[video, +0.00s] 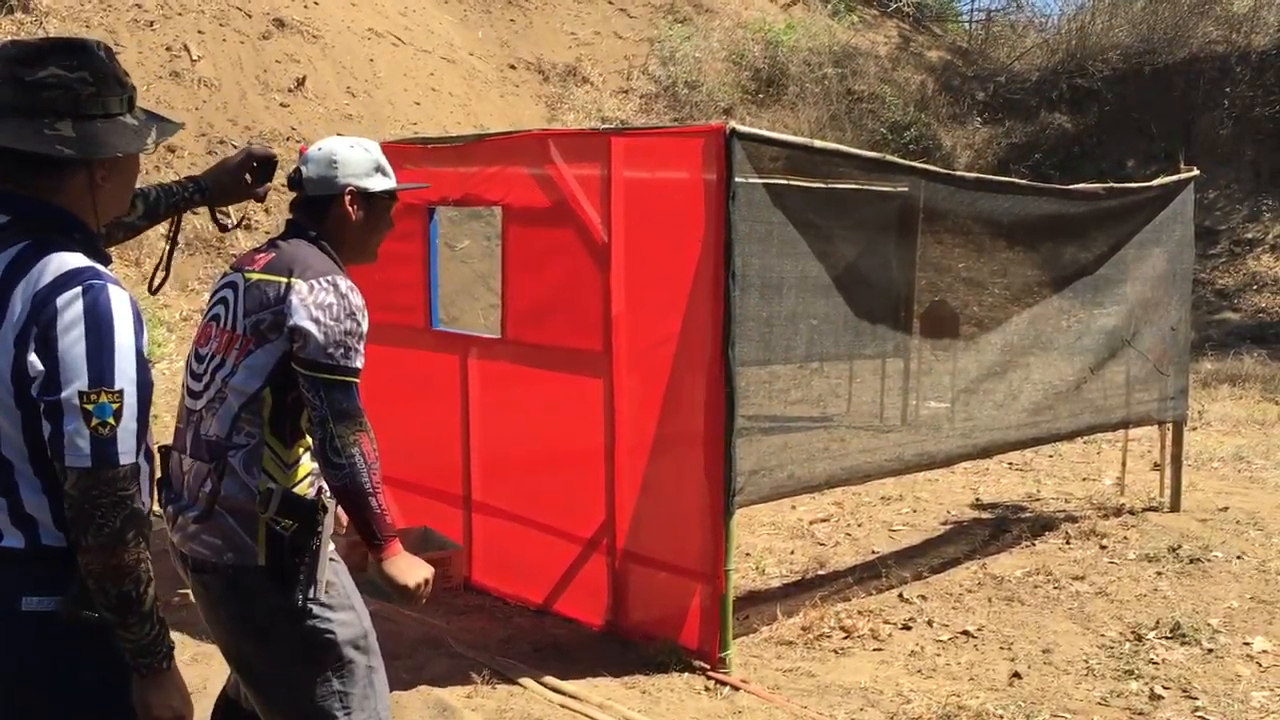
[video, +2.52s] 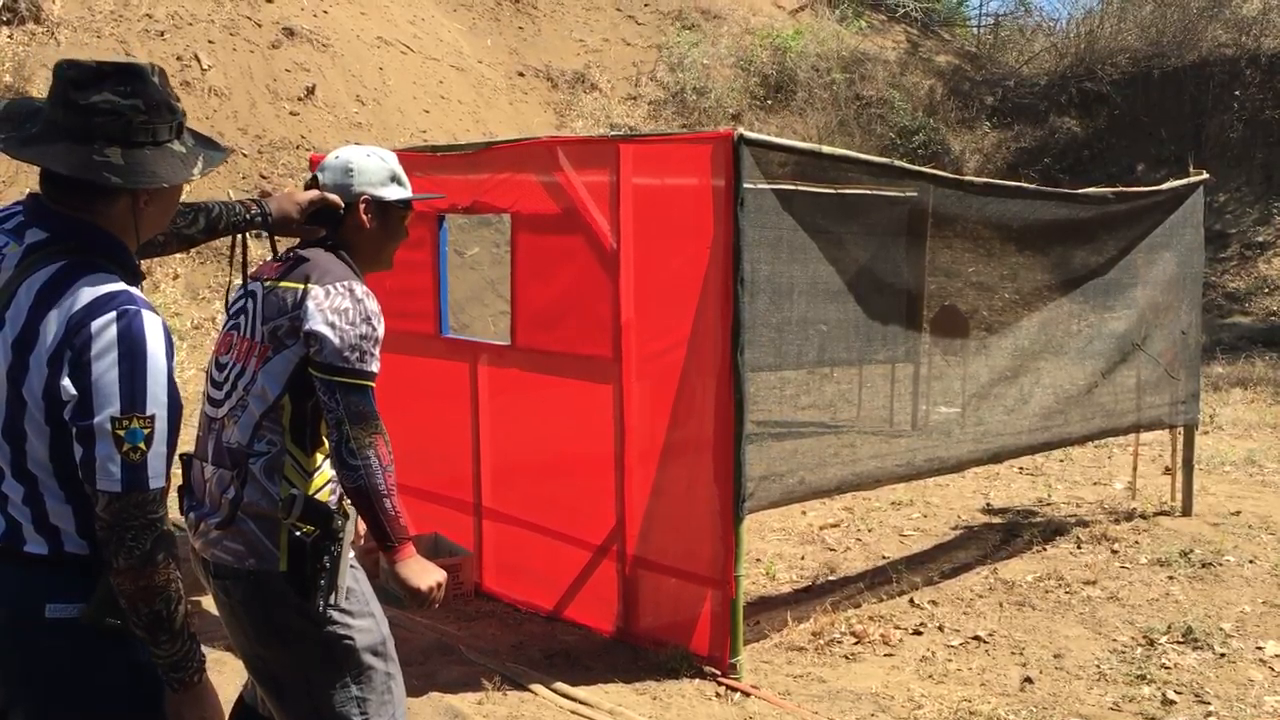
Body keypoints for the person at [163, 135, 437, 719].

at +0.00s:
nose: (393, 223)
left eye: (394, 208)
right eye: (388, 207)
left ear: (313, 200)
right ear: (351, 206)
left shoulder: (253, 266)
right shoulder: (326, 289)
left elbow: (259, 410)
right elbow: (341, 435)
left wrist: (322, 497)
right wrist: (390, 548)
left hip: (208, 526)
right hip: (266, 539)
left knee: (266, 681)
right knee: (353, 698)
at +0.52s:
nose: (394, 224)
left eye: (395, 209)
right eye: (389, 208)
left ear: (325, 203)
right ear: (350, 208)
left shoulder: (254, 268)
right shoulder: (327, 291)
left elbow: (259, 410)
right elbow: (340, 440)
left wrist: (319, 504)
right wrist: (388, 551)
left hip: (213, 532)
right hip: (269, 545)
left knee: (272, 691)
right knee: (354, 699)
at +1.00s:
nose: (400, 221)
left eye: (400, 207)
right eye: (394, 206)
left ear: (333, 203)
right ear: (356, 208)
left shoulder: (264, 267)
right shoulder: (335, 287)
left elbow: (276, 407)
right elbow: (350, 433)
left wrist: (332, 496)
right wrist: (398, 545)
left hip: (220, 535)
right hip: (277, 543)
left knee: (281, 696)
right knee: (361, 697)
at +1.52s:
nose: (401, 222)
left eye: (402, 207)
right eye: (395, 206)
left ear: (333, 201)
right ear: (357, 205)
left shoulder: (264, 266)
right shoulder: (337, 287)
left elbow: (274, 406)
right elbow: (352, 432)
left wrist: (335, 495)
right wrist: (401, 544)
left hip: (222, 531)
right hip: (280, 542)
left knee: (283, 695)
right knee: (363, 699)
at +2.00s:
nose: (406, 225)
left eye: (407, 210)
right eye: (400, 209)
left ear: (339, 206)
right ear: (362, 209)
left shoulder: (269, 270)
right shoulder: (340, 290)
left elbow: (278, 415)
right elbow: (356, 437)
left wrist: (341, 506)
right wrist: (404, 549)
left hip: (227, 530)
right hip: (285, 543)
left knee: (287, 690)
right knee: (369, 699)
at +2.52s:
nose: (409, 230)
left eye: (409, 215)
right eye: (402, 214)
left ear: (341, 212)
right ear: (363, 214)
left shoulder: (269, 276)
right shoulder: (343, 296)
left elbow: (273, 418)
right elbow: (357, 440)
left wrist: (339, 512)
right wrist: (404, 552)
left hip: (226, 532)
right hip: (285, 547)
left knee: (281, 689)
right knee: (371, 701)